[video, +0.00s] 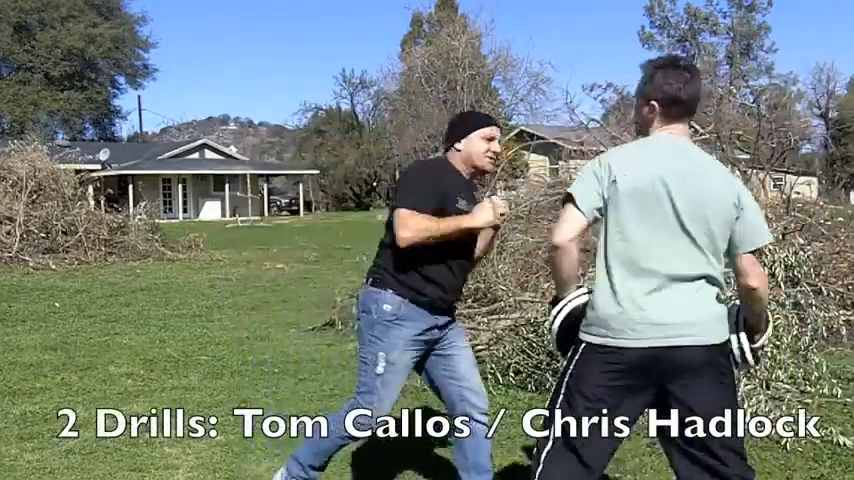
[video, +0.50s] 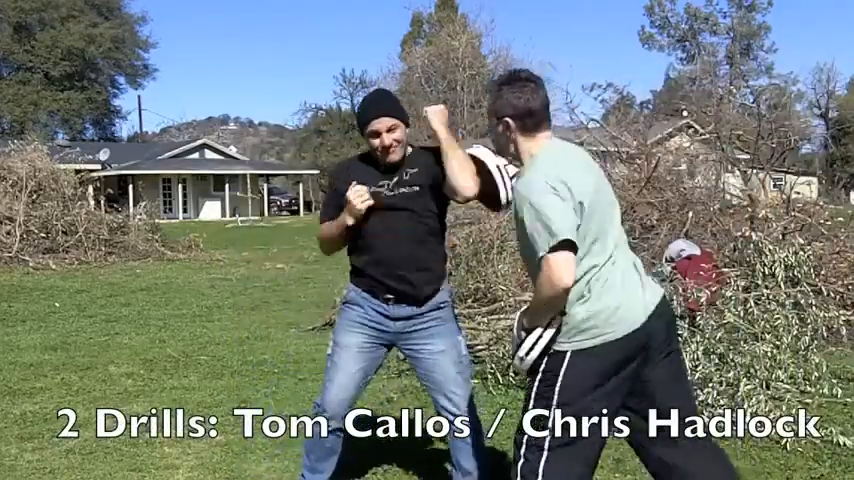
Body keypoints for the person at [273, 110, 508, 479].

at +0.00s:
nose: (496, 148)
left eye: (498, 141)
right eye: (488, 139)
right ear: (459, 142)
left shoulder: (470, 193)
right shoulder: (425, 173)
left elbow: (468, 256)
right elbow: (406, 232)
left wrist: (493, 225)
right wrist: (473, 220)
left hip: (438, 317)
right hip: (394, 308)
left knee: (472, 410)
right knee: (371, 410)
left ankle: (478, 477)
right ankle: (294, 472)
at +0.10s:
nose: (470, 137)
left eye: (473, 131)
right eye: (461, 129)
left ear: (474, 138)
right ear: (434, 134)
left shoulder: (465, 190)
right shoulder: (400, 170)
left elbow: (486, 256)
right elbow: (388, 231)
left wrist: (489, 210)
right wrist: (447, 202)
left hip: (441, 317)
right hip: (388, 312)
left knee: (477, 410)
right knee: (365, 410)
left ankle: (478, 477)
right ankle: (318, 472)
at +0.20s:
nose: (439, 130)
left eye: (443, 123)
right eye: (429, 123)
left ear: (446, 130)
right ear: (405, 129)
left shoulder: (458, 180)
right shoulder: (375, 168)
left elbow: (486, 240)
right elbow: (358, 231)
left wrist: (483, 184)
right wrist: (414, 198)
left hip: (440, 315)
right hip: (380, 313)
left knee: (468, 410)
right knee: (354, 409)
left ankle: (473, 477)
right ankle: (323, 475)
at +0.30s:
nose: (418, 128)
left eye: (424, 119)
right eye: (407, 121)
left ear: (433, 123)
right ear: (390, 128)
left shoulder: (449, 163)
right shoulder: (363, 166)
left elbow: (487, 162)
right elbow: (332, 228)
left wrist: (466, 121)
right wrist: (382, 203)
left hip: (434, 311)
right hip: (369, 309)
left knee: (465, 409)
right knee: (340, 404)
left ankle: (470, 475)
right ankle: (317, 475)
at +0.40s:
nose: (407, 139)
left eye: (413, 129)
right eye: (397, 133)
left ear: (428, 124)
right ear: (386, 132)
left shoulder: (452, 157)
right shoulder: (361, 166)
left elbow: (487, 120)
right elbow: (329, 224)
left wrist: (441, 106)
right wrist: (350, 222)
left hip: (432, 309)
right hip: (366, 307)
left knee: (462, 411)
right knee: (335, 404)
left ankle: (470, 476)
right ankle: (316, 475)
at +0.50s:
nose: (385, 141)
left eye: (391, 130)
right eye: (375, 135)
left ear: (406, 127)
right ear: (365, 136)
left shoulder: (431, 162)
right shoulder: (348, 173)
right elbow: (327, 244)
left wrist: (442, 130)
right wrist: (346, 218)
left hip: (430, 312)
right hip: (364, 310)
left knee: (459, 410)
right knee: (332, 406)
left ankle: (469, 476)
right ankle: (314, 475)